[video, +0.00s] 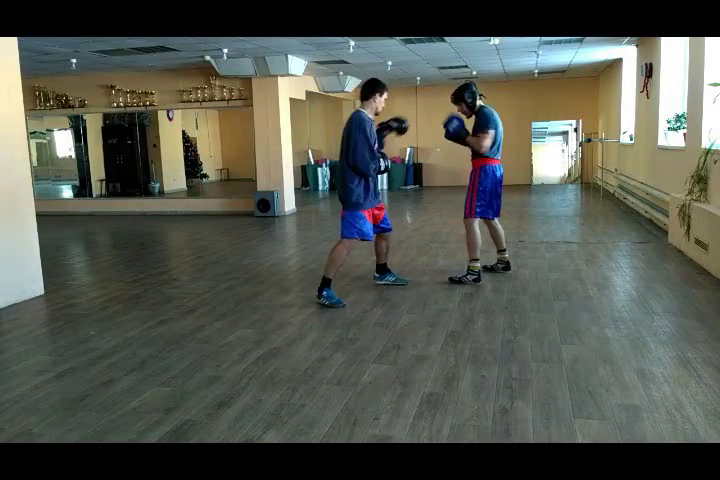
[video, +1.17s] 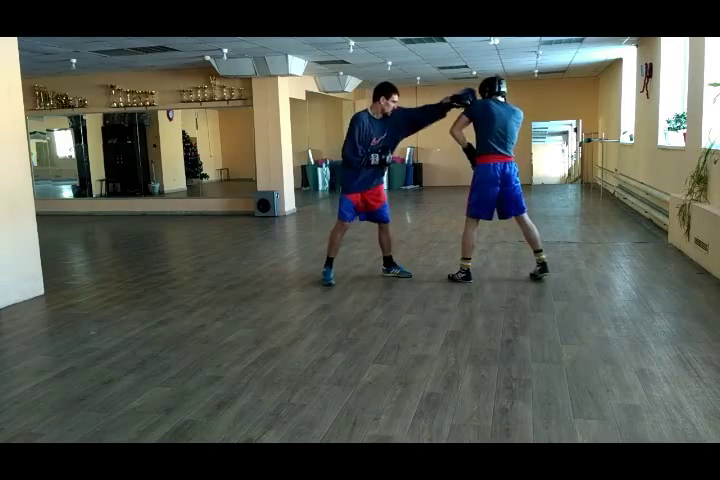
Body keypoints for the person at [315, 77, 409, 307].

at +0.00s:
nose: (384, 104)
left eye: (385, 100)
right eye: (384, 99)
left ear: (371, 97)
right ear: (375, 97)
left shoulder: (366, 121)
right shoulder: (360, 121)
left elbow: (370, 148)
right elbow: (361, 162)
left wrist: (384, 131)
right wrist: (383, 163)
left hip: (369, 191)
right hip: (356, 193)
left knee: (384, 231)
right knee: (349, 239)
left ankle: (382, 271)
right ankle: (324, 288)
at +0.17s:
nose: (395, 104)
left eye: (395, 100)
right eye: (394, 99)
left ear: (383, 97)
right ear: (385, 97)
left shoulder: (385, 122)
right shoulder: (363, 120)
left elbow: (410, 116)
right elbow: (353, 160)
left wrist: (436, 101)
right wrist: (381, 161)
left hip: (370, 190)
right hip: (352, 190)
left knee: (380, 229)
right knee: (344, 233)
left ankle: (381, 272)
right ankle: (329, 285)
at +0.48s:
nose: (383, 103)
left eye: (384, 98)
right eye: (382, 97)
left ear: (370, 95)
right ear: (371, 94)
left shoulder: (375, 118)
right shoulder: (352, 118)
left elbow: (392, 120)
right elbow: (346, 158)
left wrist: (409, 110)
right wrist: (372, 158)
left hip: (367, 184)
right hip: (350, 186)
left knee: (375, 228)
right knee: (346, 231)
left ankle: (381, 272)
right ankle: (319, 267)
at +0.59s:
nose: (370, 108)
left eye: (371, 103)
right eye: (369, 102)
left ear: (357, 101)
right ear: (359, 100)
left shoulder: (355, 124)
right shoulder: (342, 125)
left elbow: (362, 154)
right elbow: (344, 169)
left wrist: (374, 133)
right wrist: (366, 160)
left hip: (359, 189)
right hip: (342, 192)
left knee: (379, 221)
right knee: (339, 233)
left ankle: (383, 269)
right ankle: (317, 272)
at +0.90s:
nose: (376, 108)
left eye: (377, 104)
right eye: (374, 103)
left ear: (366, 102)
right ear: (363, 101)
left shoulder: (367, 124)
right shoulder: (346, 125)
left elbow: (374, 151)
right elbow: (340, 164)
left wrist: (389, 134)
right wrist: (369, 163)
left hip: (368, 188)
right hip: (347, 191)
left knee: (384, 225)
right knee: (336, 232)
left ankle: (389, 264)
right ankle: (316, 273)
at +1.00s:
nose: (385, 106)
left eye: (387, 102)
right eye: (383, 101)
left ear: (380, 102)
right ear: (372, 100)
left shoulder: (382, 123)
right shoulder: (353, 124)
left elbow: (389, 141)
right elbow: (344, 161)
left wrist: (407, 121)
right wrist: (373, 162)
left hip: (375, 188)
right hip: (351, 189)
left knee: (386, 224)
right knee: (336, 229)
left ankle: (388, 265)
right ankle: (317, 272)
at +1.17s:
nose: (394, 107)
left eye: (396, 103)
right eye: (392, 102)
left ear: (385, 101)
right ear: (380, 99)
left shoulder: (395, 117)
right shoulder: (360, 120)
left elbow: (422, 113)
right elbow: (349, 155)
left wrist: (449, 103)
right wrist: (377, 158)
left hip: (375, 182)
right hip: (353, 183)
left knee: (384, 223)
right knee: (343, 223)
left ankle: (389, 265)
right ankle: (328, 267)